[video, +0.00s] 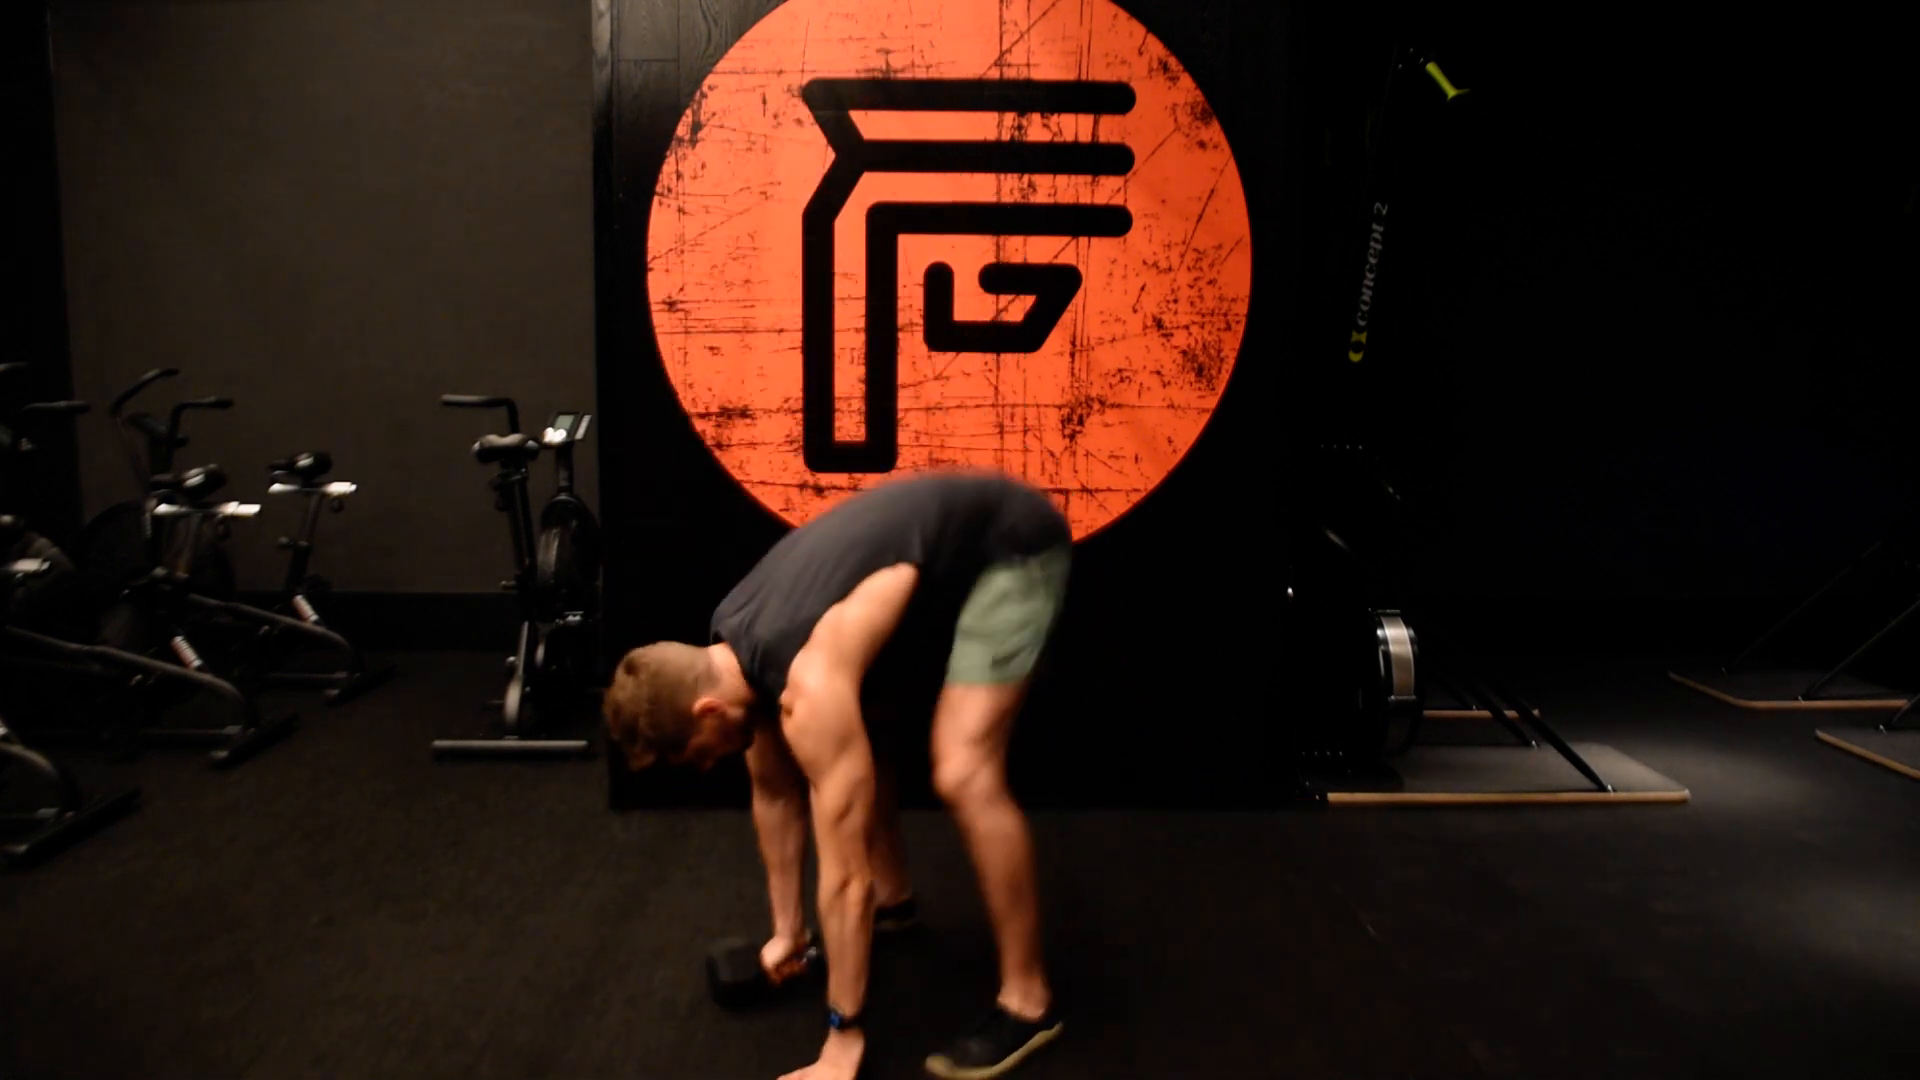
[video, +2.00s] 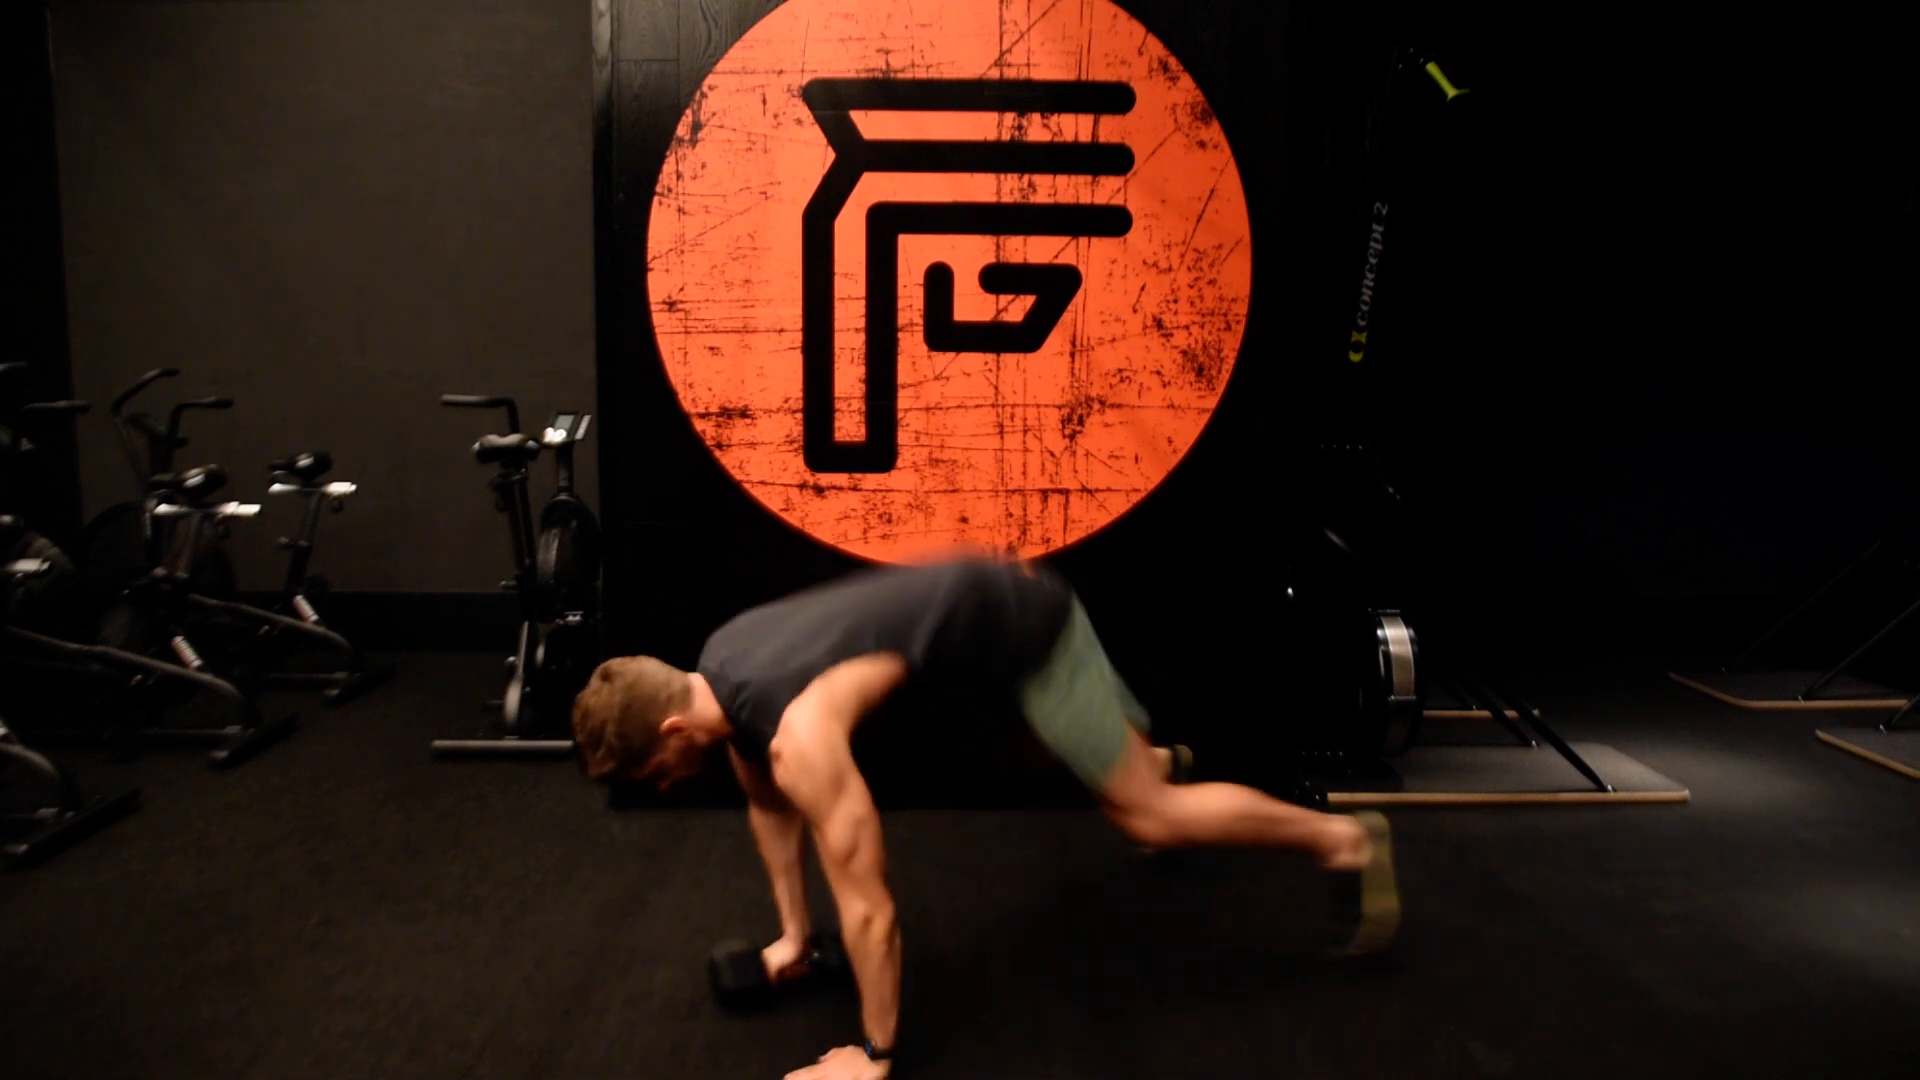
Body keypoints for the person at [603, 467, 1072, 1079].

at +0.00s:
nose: (715, 763)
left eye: (703, 753)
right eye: (699, 762)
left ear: (710, 711)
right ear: (705, 703)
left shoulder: (810, 683)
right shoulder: (735, 642)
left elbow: (850, 879)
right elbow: (774, 794)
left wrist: (844, 1036)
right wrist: (788, 935)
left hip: (1014, 539)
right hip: (925, 540)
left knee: (965, 770)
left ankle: (1027, 1000)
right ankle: (889, 895)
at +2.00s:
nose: (662, 787)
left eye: (652, 775)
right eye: (646, 781)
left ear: (674, 736)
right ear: (665, 706)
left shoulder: (796, 731)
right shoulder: (725, 673)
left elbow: (867, 900)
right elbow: (771, 810)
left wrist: (877, 1049)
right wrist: (793, 936)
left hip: (1031, 623)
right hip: (957, 612)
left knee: (1155, 814)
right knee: (1084, 745)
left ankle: (1344, 840)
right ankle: (1153, 756)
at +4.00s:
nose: (661, 310)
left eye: (664, 288)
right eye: (650, 294)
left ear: (711, 251)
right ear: (702, 261)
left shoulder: (822, 345)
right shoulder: (765, 332)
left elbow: (858, 525)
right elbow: (800, 464)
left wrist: (819, 662)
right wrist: (747, 589)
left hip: (979, 545)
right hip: (892, 545)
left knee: (946, 751)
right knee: (834, 708)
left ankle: (960, 996)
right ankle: (838, 903)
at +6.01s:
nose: (586, 941)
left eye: (579, 928)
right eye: (574, 932)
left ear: (607, 897)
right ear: (612, 860)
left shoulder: (729, 886)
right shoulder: (677, 837)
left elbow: (885, 869)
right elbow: (771, 805)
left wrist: (836, 984)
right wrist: (726, 927)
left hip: (979, 915)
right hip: (943, 861)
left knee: (1167, 935)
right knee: (1048, 855)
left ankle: (1337, 833)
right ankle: (1163, 771)